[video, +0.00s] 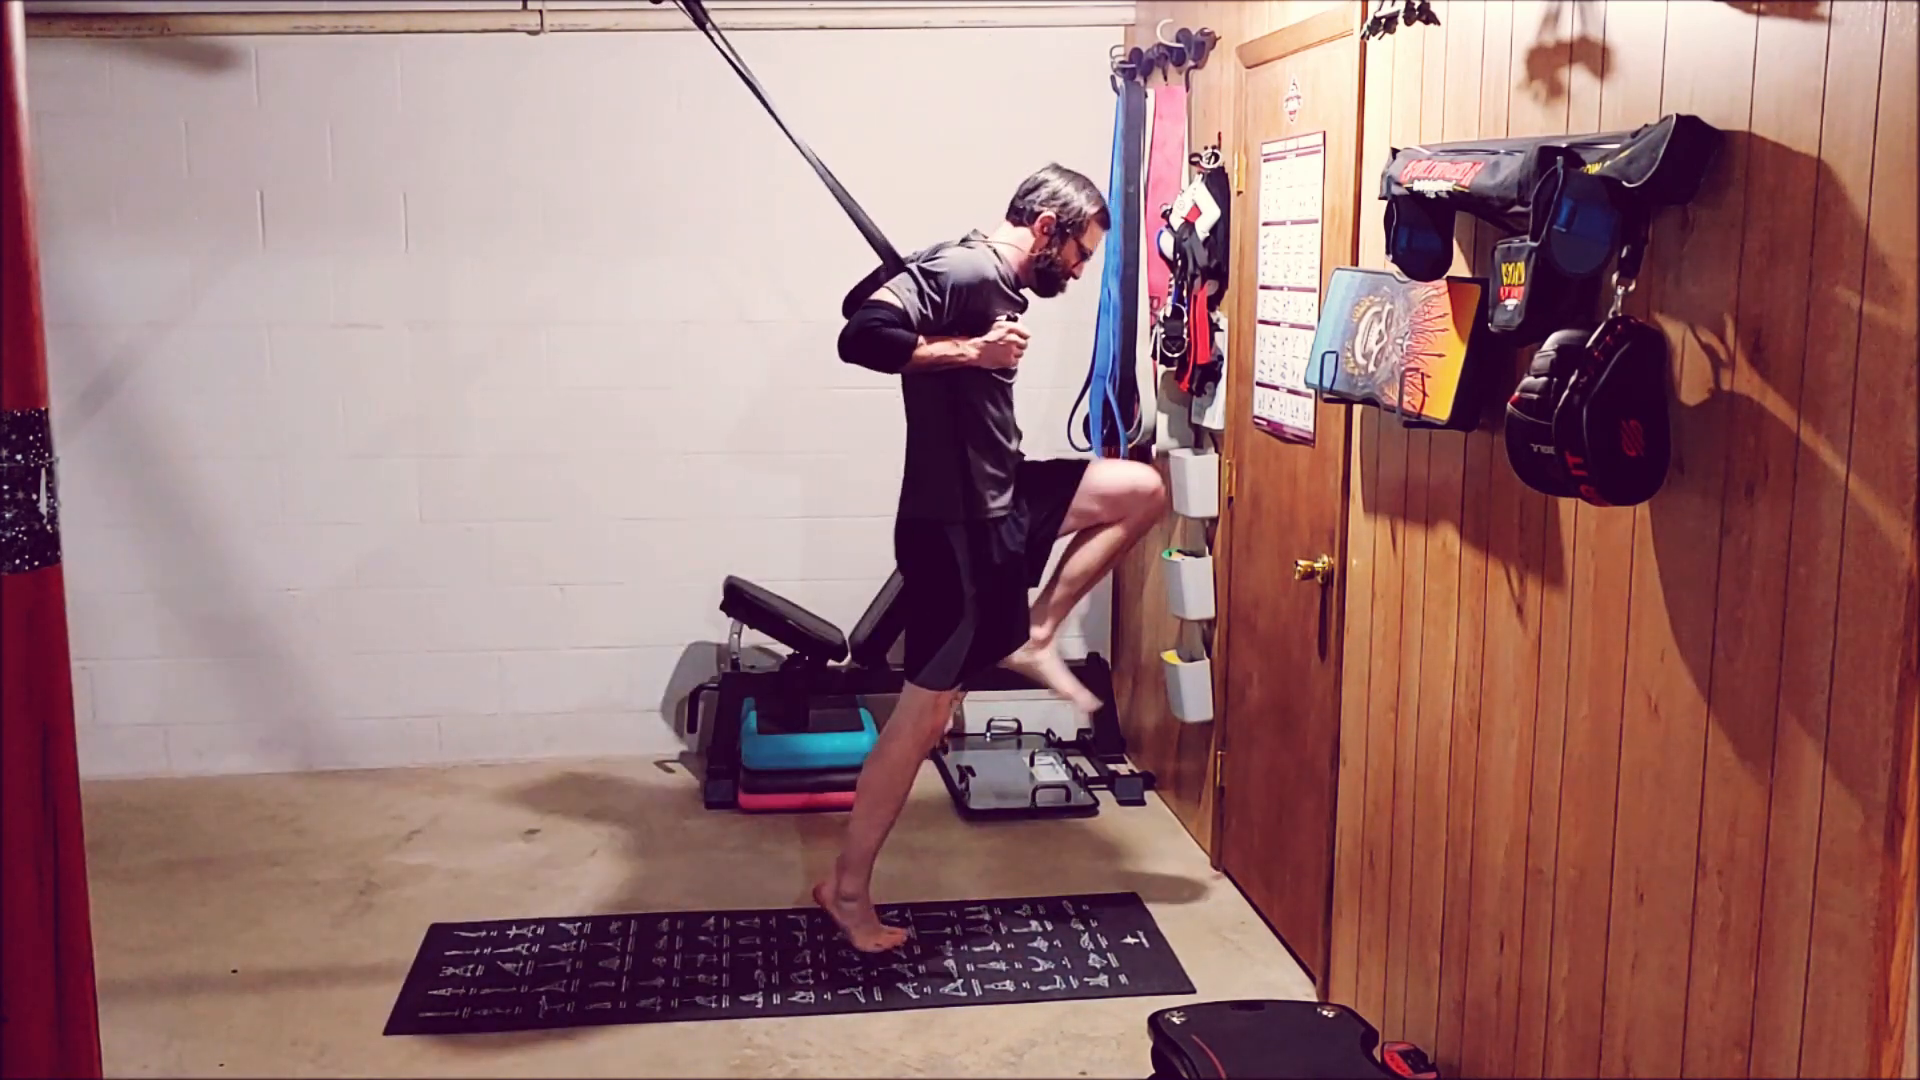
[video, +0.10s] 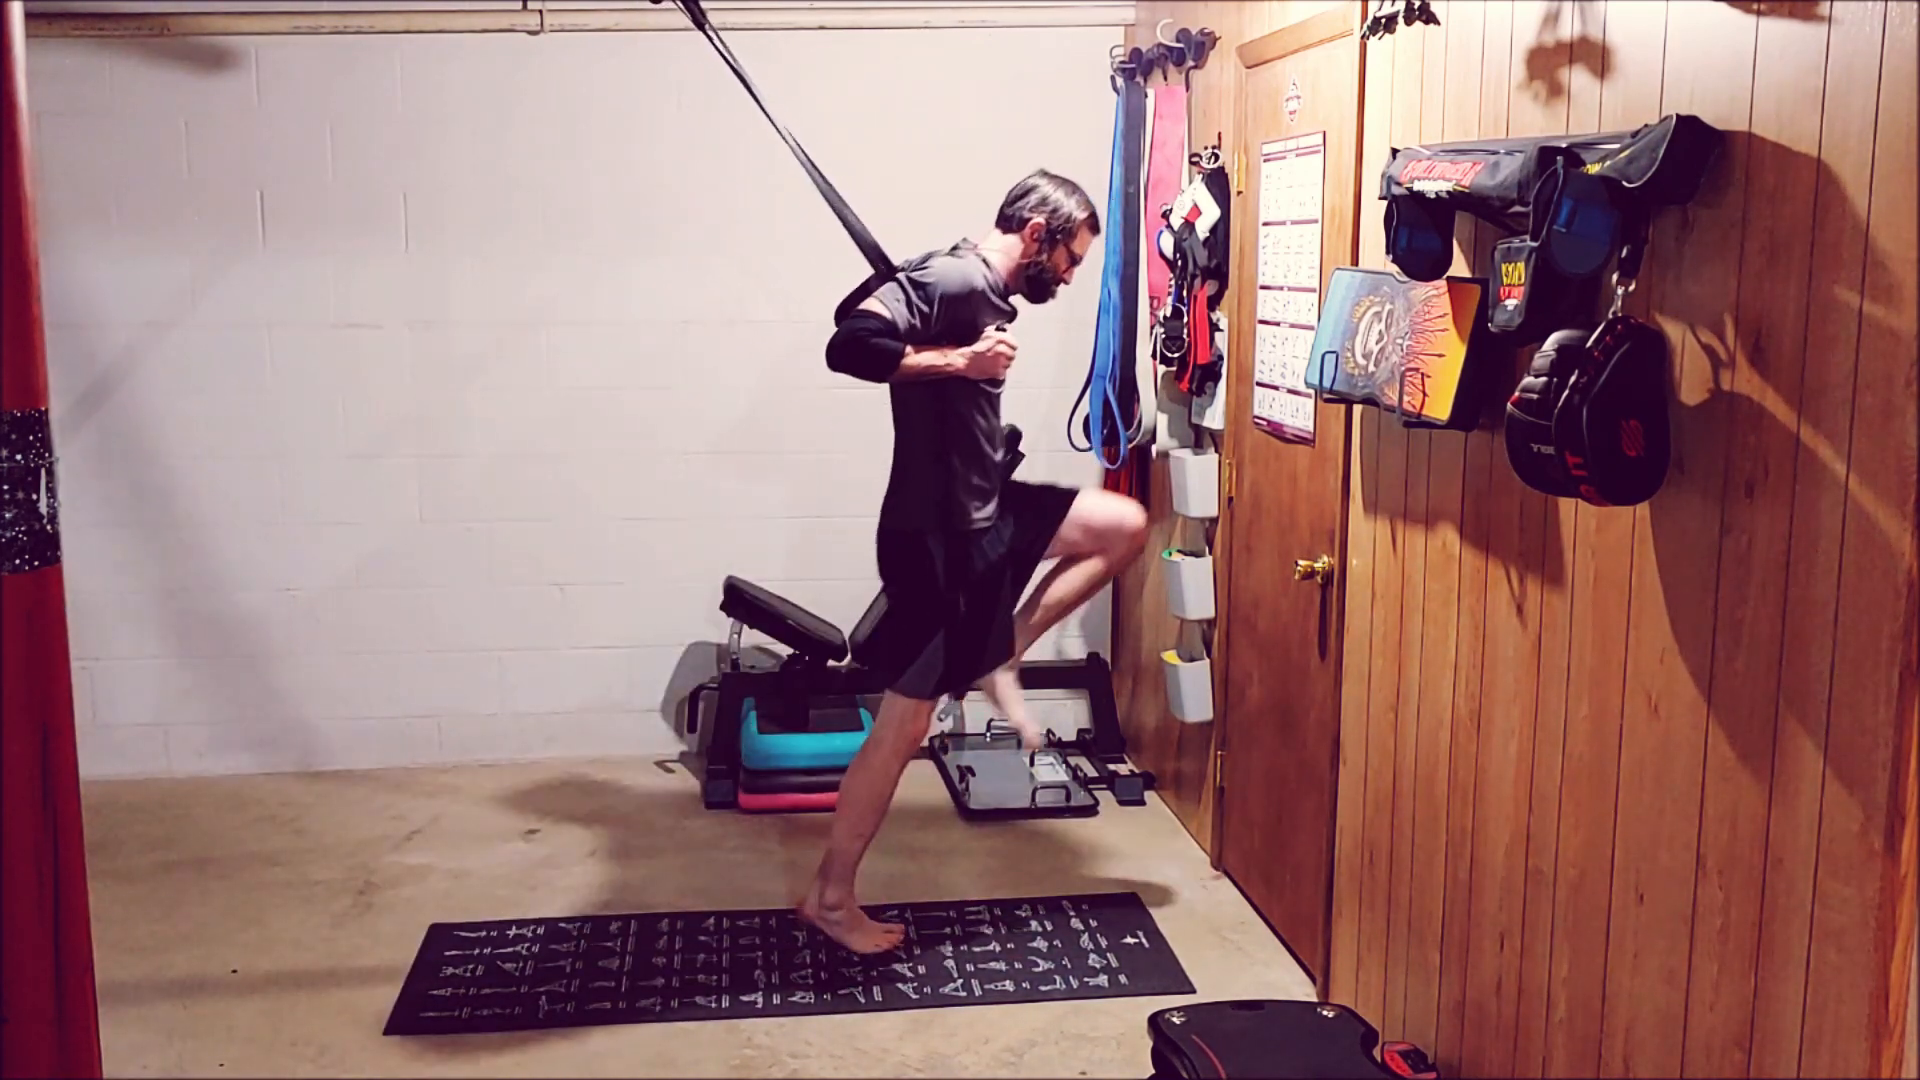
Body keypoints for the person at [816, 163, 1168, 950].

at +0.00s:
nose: (1082, 269)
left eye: (1090, 254)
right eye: (1083, 250)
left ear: (1042, 224)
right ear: (1048, 225)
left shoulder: (990, 275)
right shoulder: (966, 266)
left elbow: (866, 304)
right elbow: (862, 335)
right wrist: (973, 349)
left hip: (1006, 494)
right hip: (954, 519)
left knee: (1141, 491)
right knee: (923, 714)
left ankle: (1038, 638)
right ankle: (848, 888)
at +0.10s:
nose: (1073, 274)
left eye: (1079, 260)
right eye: (1074, 255)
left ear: (1033, 232)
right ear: (1039, 233)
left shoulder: (978, 283)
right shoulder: (956, 277)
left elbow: (862, 315)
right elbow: (852, 344)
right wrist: (960, 359)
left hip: (992, 507)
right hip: (939, 530)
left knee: (1124, 525)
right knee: (904, 722)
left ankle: (1000, 657)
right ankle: (832, 897)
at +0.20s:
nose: (1059, 285)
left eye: (1066, 271)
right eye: (1061, 267)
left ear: (1016, 246)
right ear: (1023, 246)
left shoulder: (964, 300)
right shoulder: (940, 292)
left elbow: (851, 326)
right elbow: (833, 355)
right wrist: (940, 375)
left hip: (973, 525)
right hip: (919, 544)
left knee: (1098, 577)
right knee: (888, 733)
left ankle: (963, 691)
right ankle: (818, 904)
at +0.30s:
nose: (1042, 296)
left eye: (1048, 282)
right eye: (1042, 277)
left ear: (999, 257)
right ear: (1002, 257)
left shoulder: (954, 320)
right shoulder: (917, 303)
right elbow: (811, 369)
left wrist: (955, 492)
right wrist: (919, 389)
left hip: (949, 545)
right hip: (898, 557)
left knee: (1059, 633)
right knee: (874, 744)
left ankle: (916, 728)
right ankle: (814, 912)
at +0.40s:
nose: (1021, 299)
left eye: (1027, 285)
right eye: (1021, 281)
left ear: (979, 262)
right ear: (978, 260)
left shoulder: (937, 322)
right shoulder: (897, 311)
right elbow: (788, 380)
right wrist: (900, 399)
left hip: (925, 554)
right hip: (877, 562)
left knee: (1010, 676)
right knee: (859, 742)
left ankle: (873, 755)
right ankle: (812, 914)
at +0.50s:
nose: (1003, 296)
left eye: (1008, 282)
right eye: (1002, 278)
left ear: (960, 260)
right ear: (959, 259)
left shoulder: (916, 322)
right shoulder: (878, 315)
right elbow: (771, 392)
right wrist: (883, 406)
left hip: (907, 558)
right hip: (859, 565)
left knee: (952, 707)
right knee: (846, 749)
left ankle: (820, 786)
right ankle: (810, 916)